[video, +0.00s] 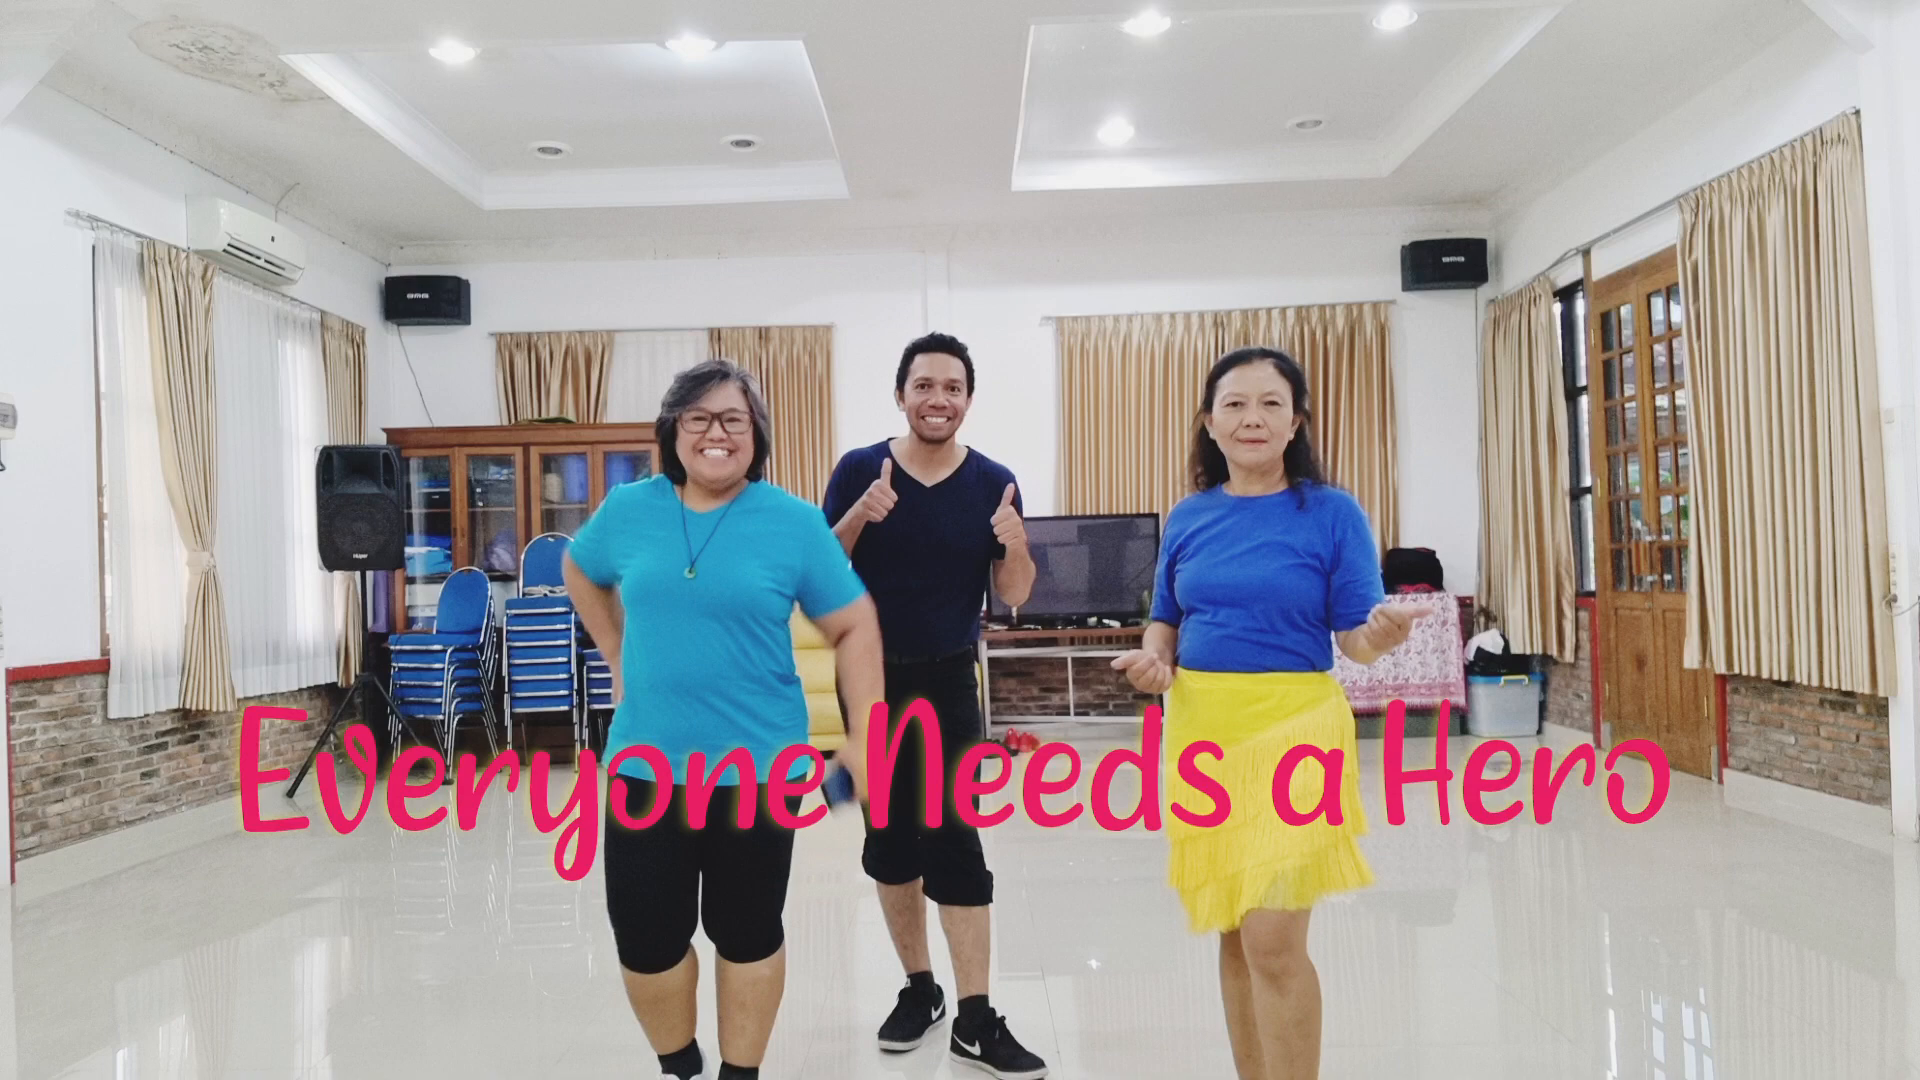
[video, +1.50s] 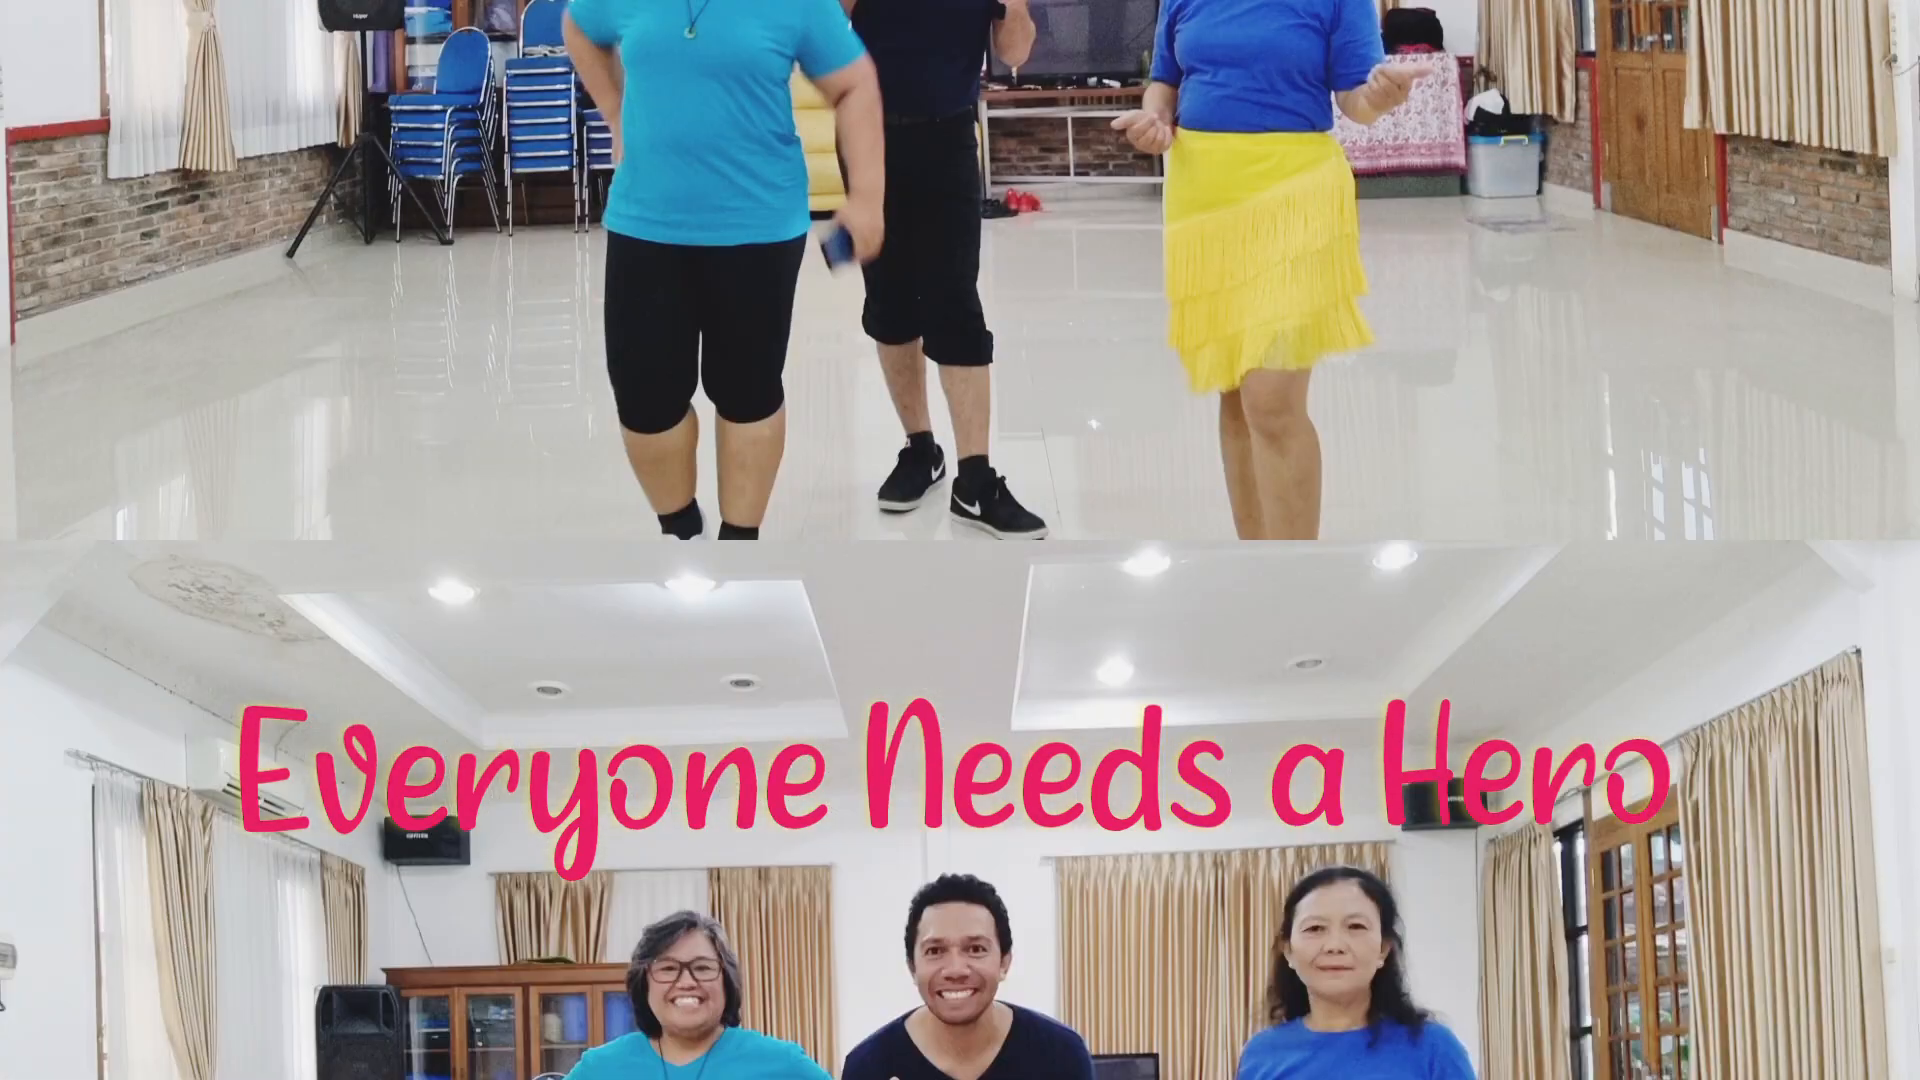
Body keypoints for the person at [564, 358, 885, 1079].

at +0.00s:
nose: (720, 432)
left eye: (736, 420)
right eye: (702, 420)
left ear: (756, 436)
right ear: (672, 434)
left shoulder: (795, 523)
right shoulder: (627, 509)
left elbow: (856, 626)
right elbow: (580, 570)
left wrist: (865, 738)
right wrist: (625, 663)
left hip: (758, 768)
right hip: (645, 764)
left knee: (746, 932)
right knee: (646, 938)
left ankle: (739, 1076)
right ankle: (680, 1069)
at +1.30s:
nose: (719, 316)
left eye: (735, 303)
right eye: (701, 303)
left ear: (756, 319)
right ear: (672, 317)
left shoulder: (795, 407)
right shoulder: (627, 393)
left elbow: (856, 509)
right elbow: (580, 453)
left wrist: (867, 622)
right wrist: (622, 544)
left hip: (758, 652)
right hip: (646, 649)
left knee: (748, 815)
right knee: (645, 819)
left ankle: (738, 973)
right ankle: (681, 961)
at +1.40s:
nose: (719, 156)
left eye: (735, 143)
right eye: (702, 143)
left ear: (756, 160)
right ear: (672, 157)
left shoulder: (795, 248)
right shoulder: (627, 233)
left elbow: (856, 349)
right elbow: (580, 293)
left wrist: (867, 462)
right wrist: (623, 384)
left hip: (757, 493)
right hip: (645, 491)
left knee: (746, 659)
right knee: (647, 666)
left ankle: (746, 811)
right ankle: (674, 808)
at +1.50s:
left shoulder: (798, 5)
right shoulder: (620, 3)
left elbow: (855, 85)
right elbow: (580, 30)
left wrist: (867, 197)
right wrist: (626, 128)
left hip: (757, 222)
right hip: (646, 220)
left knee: (746, 392)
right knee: (646, 398)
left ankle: (739, 548)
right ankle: (682, 537)